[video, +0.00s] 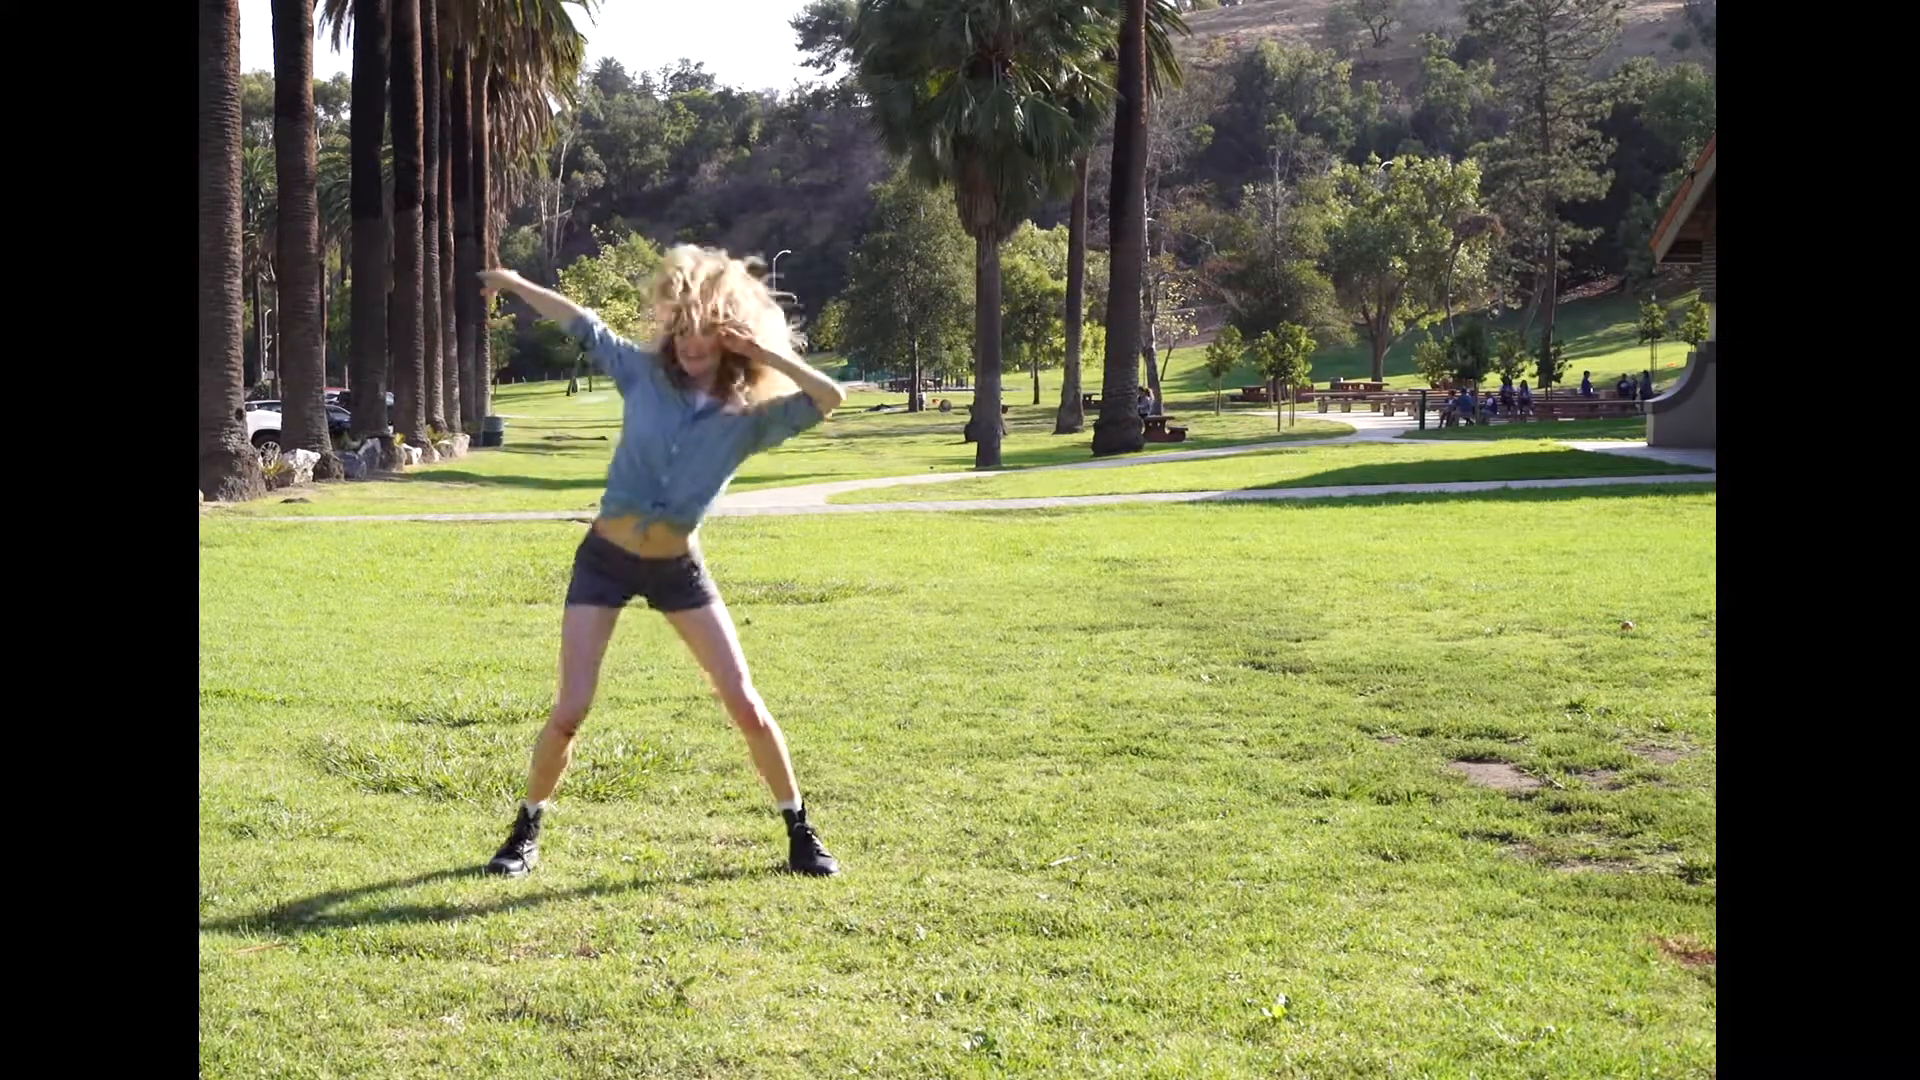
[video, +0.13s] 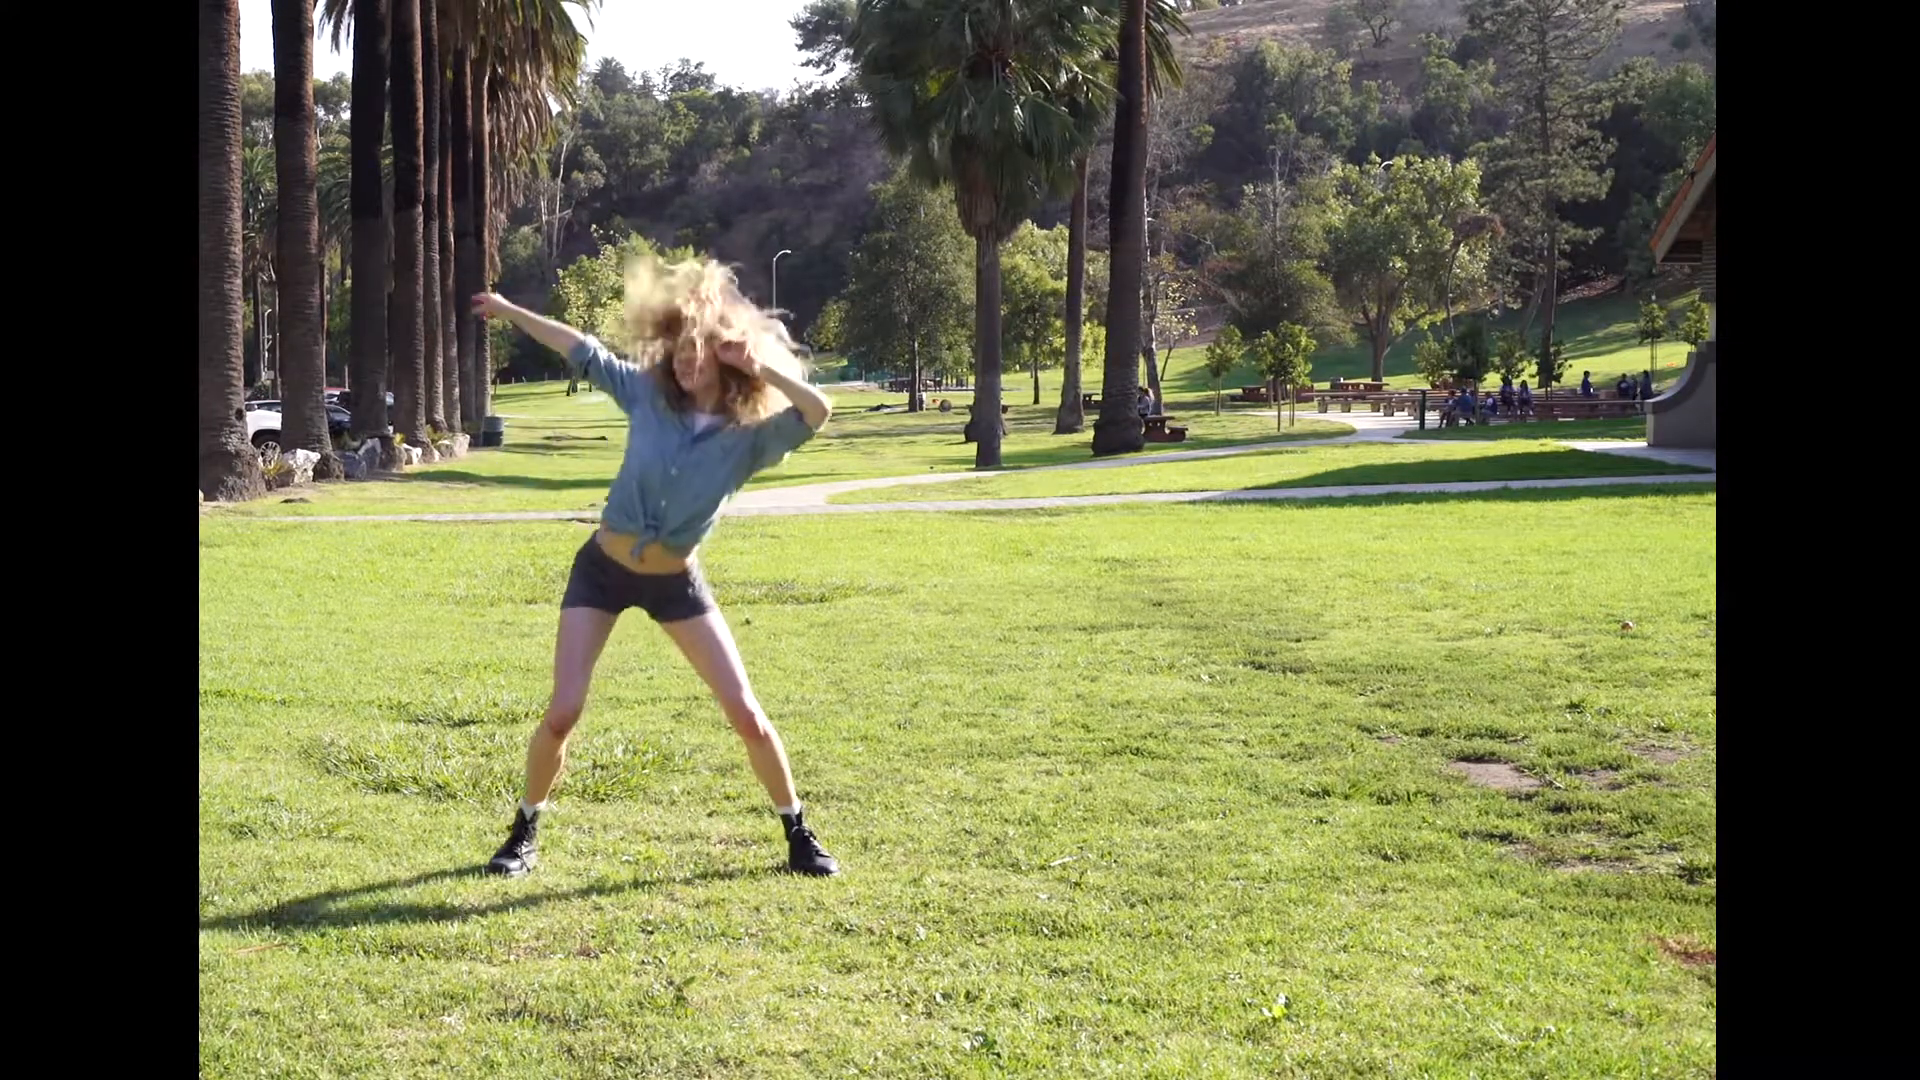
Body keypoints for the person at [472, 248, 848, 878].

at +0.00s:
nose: (691, 343)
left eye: (704, 333)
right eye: (684, 331)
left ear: (731, 343)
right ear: (673, 333)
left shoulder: (746, 422)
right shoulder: (642, 376)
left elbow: (829, 398)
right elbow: (579, 321)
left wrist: (761, 348)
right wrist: (507, 279)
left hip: (676, 569)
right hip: (604, 558)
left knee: (744, 703)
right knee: (569, 713)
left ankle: (801, 833)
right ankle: (525, 831)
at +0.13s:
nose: (686, 359)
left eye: (699, 351)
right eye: (681, 348)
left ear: (727, 362)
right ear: (672, 354)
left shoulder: (746, 439)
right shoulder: (647, 396)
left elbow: (816, 412)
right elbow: (582, 349)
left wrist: (760, 363)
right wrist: (509, 309)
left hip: (674, 582)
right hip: (602, 568)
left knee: (748, 717)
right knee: (562, 714)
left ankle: (799, 835)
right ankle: (523, 832)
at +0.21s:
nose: (687, 373)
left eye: (699, 363)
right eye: (680, 362)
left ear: (725, 377)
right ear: (670, 371)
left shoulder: (744, 455)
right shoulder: (645, 412)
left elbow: (810, 428)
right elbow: (580, 367)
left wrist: (756, 380)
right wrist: (511, 326)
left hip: (674, 592)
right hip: (601, 576)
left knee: (749, 718)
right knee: (562, 717)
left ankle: (799, 836)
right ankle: (523, 833)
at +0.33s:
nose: (687, 399)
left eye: (699, 391)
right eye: (679, 390)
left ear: (721, 401)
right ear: (668, 398)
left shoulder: (743, 479)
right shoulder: (642, 439)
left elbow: (804, 463)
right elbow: (578, 399)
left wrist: (749, 411)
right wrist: (514, 361)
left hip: (673, 603)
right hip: (602, 588)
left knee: (753, 719)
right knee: (566, 718)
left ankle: (800, 836)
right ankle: (523, 833)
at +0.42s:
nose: (682, 423)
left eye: (694, 416)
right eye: (678, 414)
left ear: (721, 428)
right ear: (671, 419)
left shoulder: (737, 494)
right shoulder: (639, 453)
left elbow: (786, 513)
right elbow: (570, 416)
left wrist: (751, 451)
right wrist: (508, 383)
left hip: (673, 611)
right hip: (603, 598)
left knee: (760, 722)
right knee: (561, 724)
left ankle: (801, 838)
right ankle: (522, 835)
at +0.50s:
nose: (682, 438)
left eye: (696, 433)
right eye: (679, 426)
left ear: (721, 445)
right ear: (669, 425)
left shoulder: (727, 495)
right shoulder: (635, 453)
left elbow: (755, 555)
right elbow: (563, 424)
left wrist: (740, 479)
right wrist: (494, 387)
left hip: (675, 612)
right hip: (605, 603)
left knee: (753, 746)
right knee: (561, 734)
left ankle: (797, 839)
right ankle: (524, 836)